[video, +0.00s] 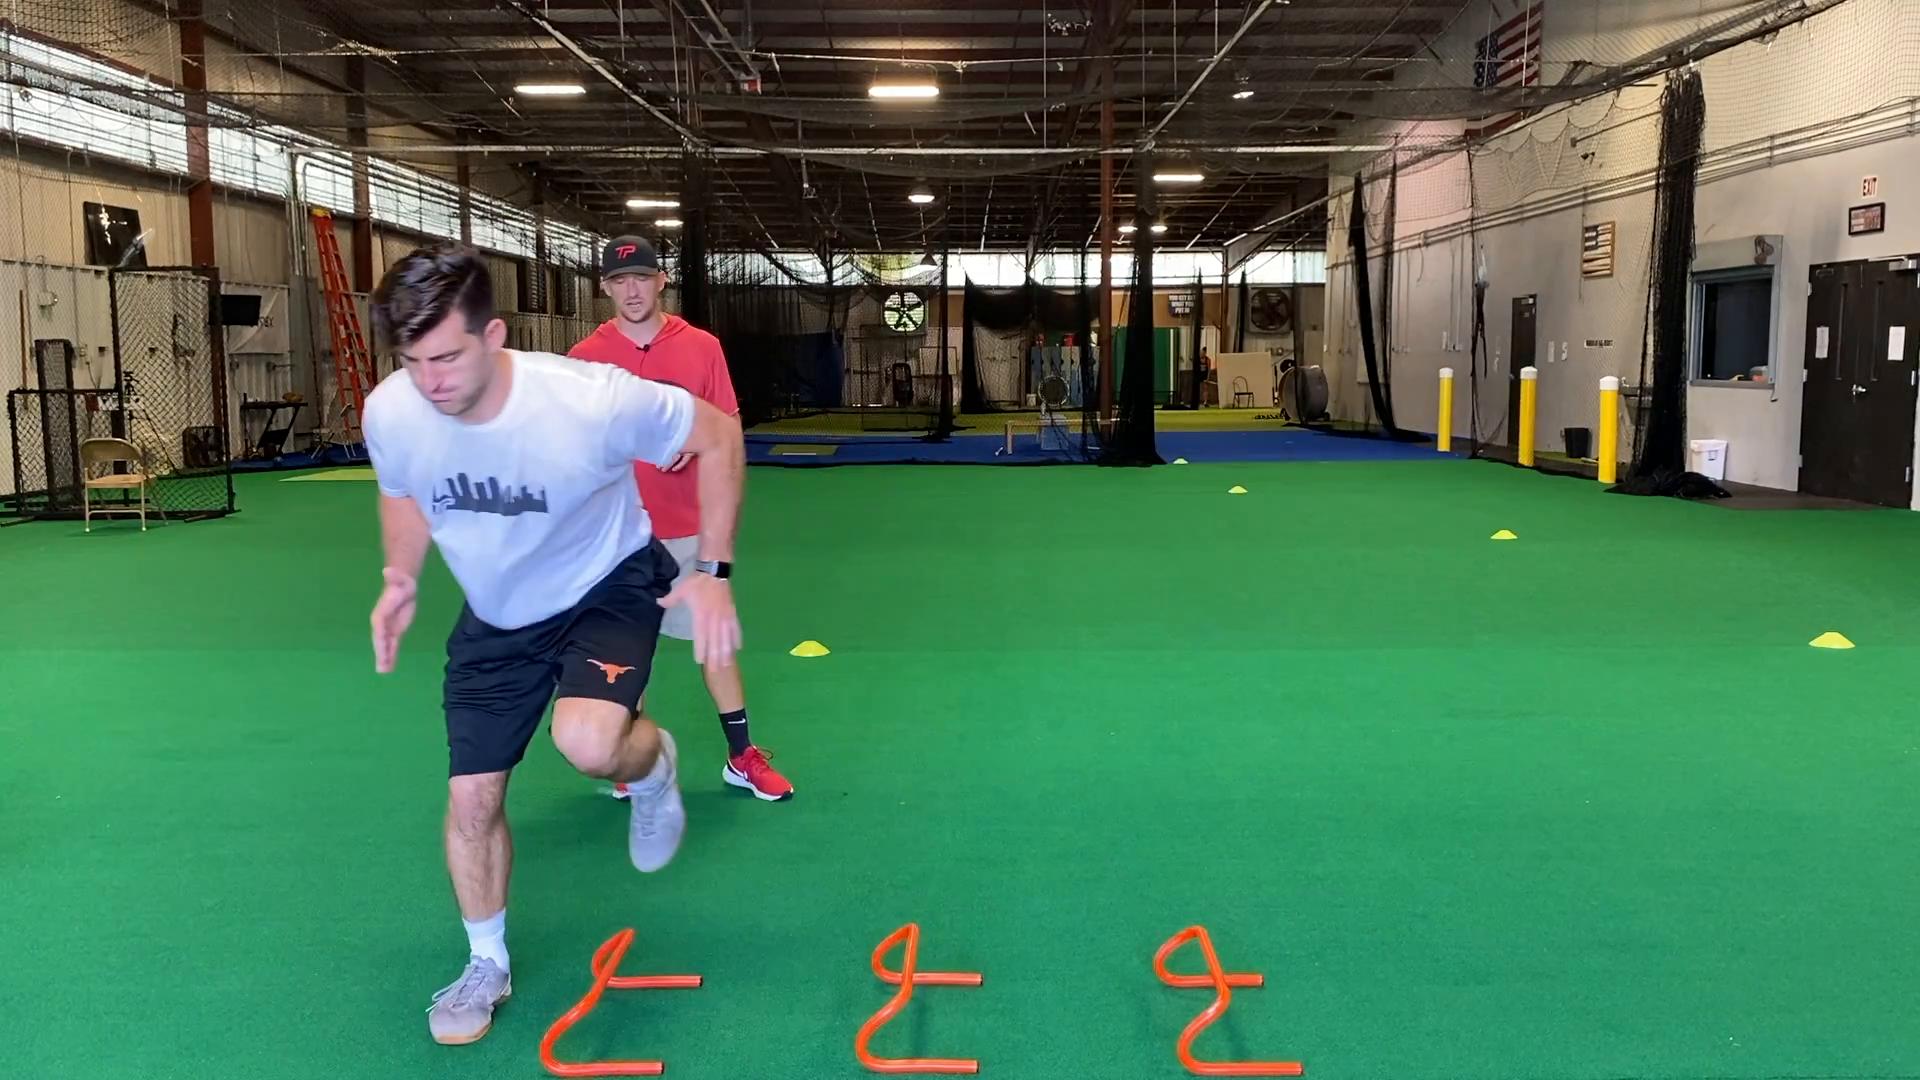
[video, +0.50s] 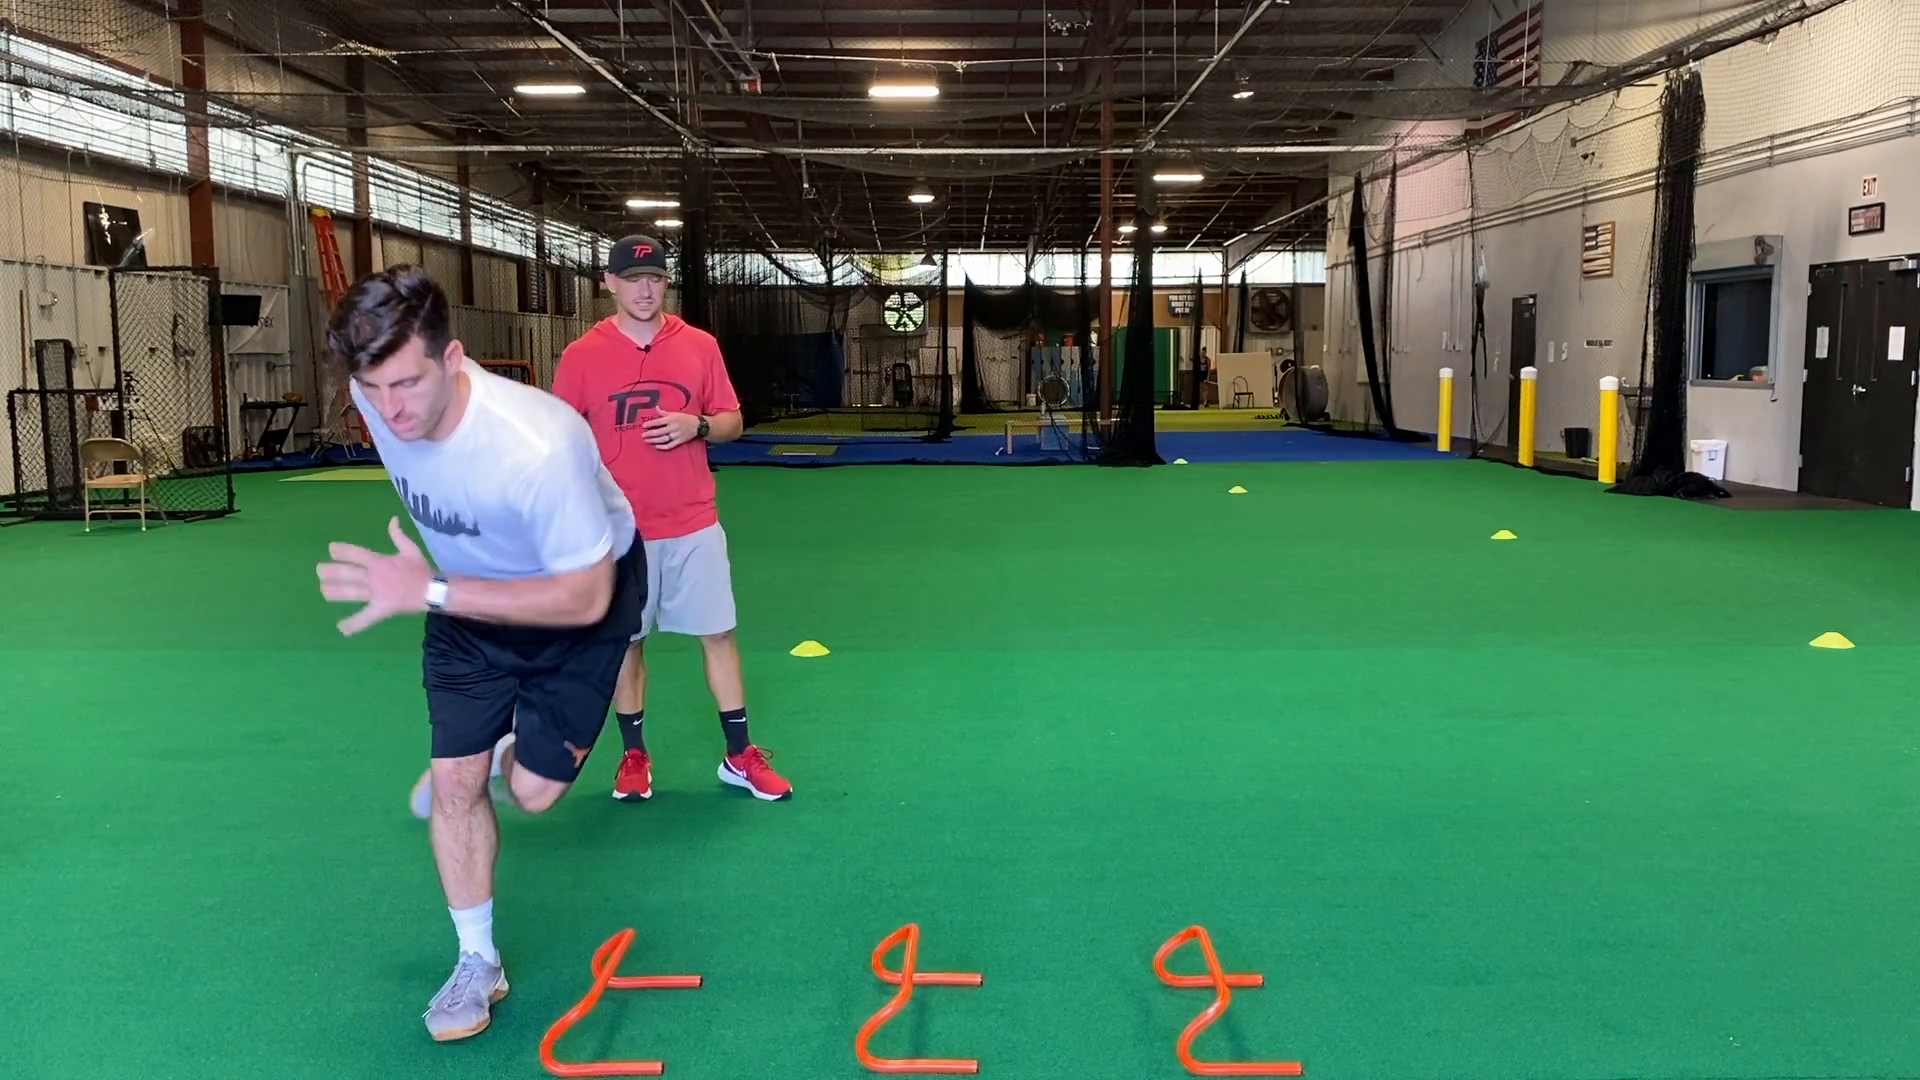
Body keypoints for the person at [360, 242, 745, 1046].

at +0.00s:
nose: (434, 378)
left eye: (448, 357)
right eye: (417, 360)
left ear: (495, 336)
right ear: (401, 351)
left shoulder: (589, 400)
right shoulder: (391, 413)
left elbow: (719, 431)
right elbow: (402, 495)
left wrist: (714, 567)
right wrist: (401, 578)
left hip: (608, 584)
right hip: (496, 611)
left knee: (588, 742)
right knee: (472, 795)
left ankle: (656, 773)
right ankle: (487, 963)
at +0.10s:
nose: (413, 380)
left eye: (427, 358)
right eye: (396, 362)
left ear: (472, 336)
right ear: (380, 352)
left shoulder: (571, 398)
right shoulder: (370, 411)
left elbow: (700, 435)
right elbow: (377, 487)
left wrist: (686, 568)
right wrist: (377, 575)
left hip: (592, 584)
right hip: (475, 612)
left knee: (586, 743)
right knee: (462, 796)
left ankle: (635, 769)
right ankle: (484, 962)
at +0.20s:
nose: (400, 379)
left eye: (415, 358)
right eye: (383, 361)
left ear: (460, 332)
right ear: (366, 349)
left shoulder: (560, 398)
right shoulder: (357, 403)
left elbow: (686, 446)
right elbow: (365, 483)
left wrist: (665, 584)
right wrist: (369, 583)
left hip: (583, 581)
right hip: (466, 608)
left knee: (579, 745)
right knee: (458, 785)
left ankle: (608, 772)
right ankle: (484, 961)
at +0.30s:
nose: (394, 377)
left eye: (410, 355)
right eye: (379, 359)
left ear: (453, 329)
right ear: (361, 348)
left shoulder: (556, 400)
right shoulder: (352, 392)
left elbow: (665, 492)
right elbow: (368, 465)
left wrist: (606, 624)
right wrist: (378, 569)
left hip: (573, 580)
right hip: (461, 596)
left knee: (572, 758)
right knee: (459, 779)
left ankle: (568, 776)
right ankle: (484, 962)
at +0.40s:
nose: (392, 382)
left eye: (408, 358)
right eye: (374, 364)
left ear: (453, 335)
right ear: (356, 357)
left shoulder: (550, 414)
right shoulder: (357, 385)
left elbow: (631, 542)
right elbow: (385, 445)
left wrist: (502, 628)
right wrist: (394, 509)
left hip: (581, 594)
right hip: (461, 594)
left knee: (557, 778)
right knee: (463, 776)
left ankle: (523, 744)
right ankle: (481, 960)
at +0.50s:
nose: (391, 406)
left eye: (407, 383)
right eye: (374, 388)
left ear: (455, 360)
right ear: (357, 380)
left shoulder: (542, 446)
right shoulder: (375, 405)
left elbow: (586, 600)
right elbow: (445, 495)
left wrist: (432, 591)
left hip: (586, 597)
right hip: (470, 588)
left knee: (537, 793)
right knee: (457, 775)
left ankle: (494, 750)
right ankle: (477, 960)